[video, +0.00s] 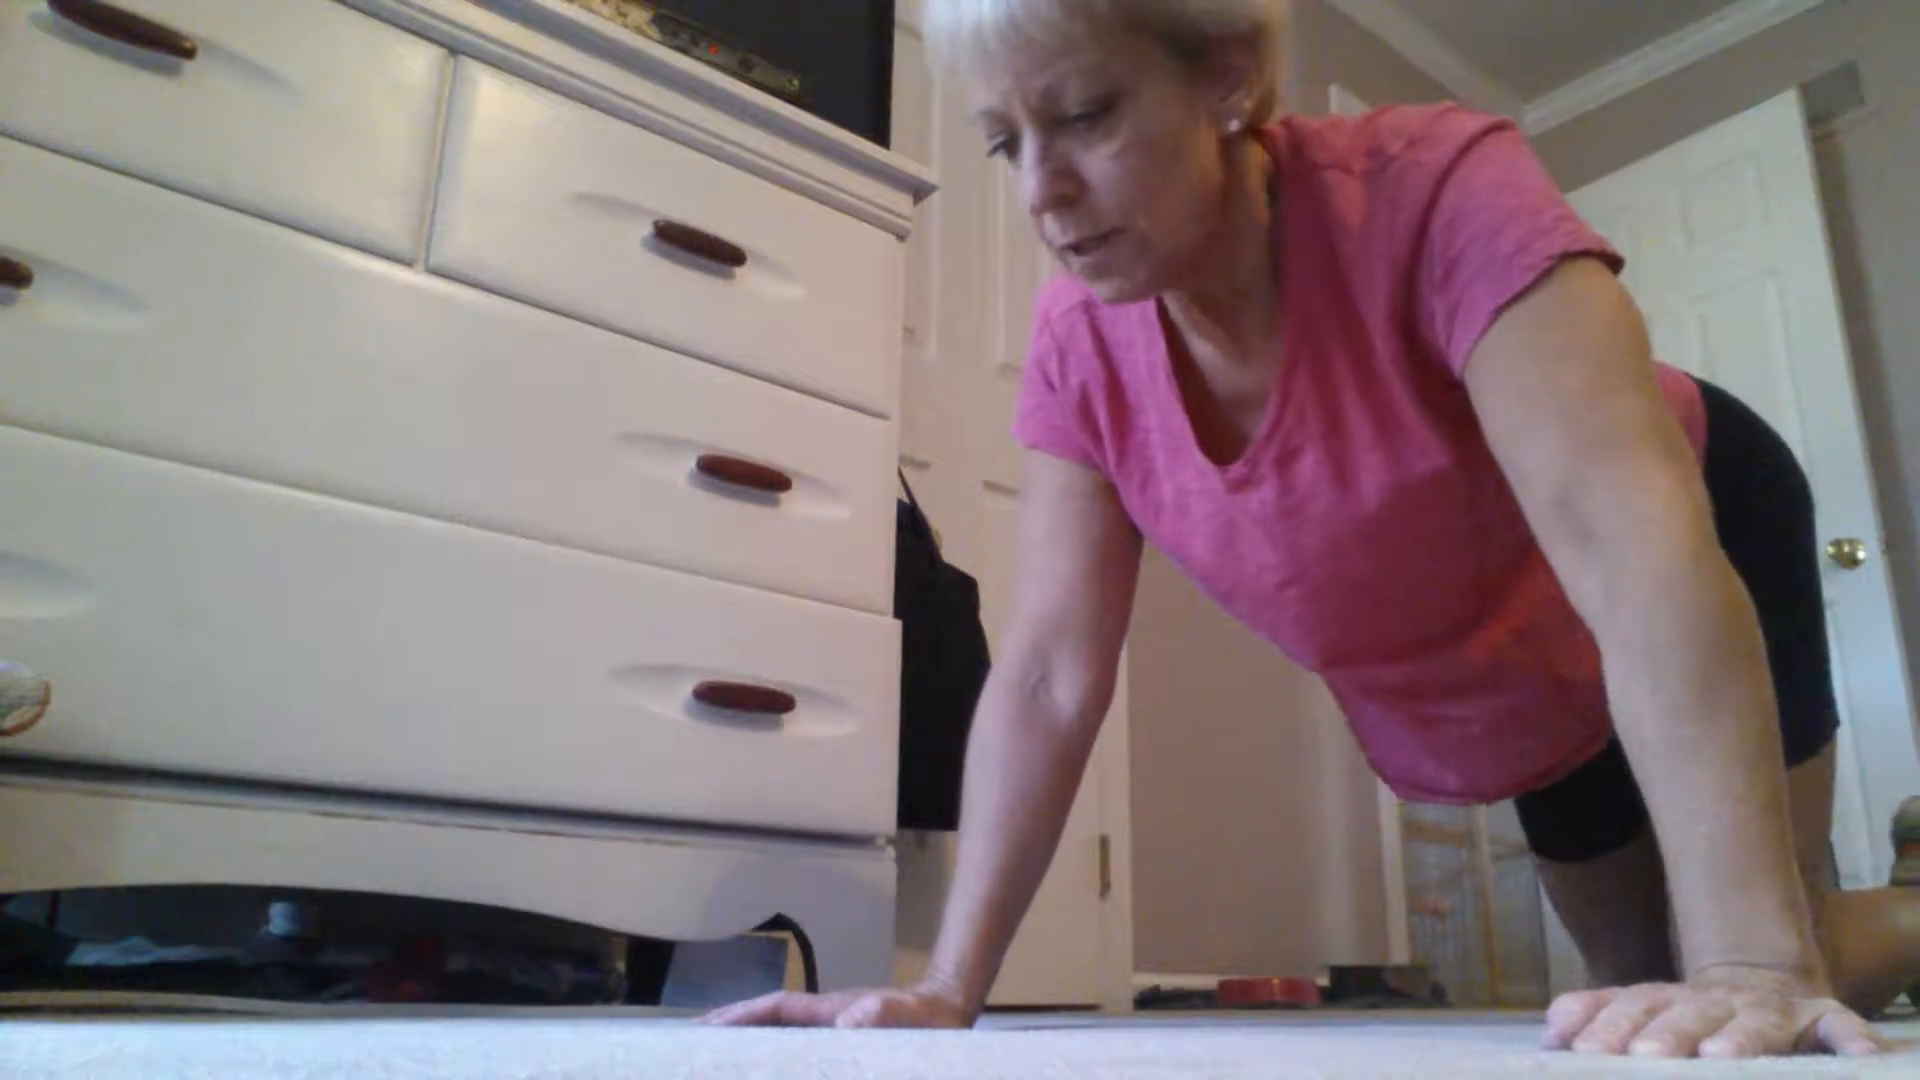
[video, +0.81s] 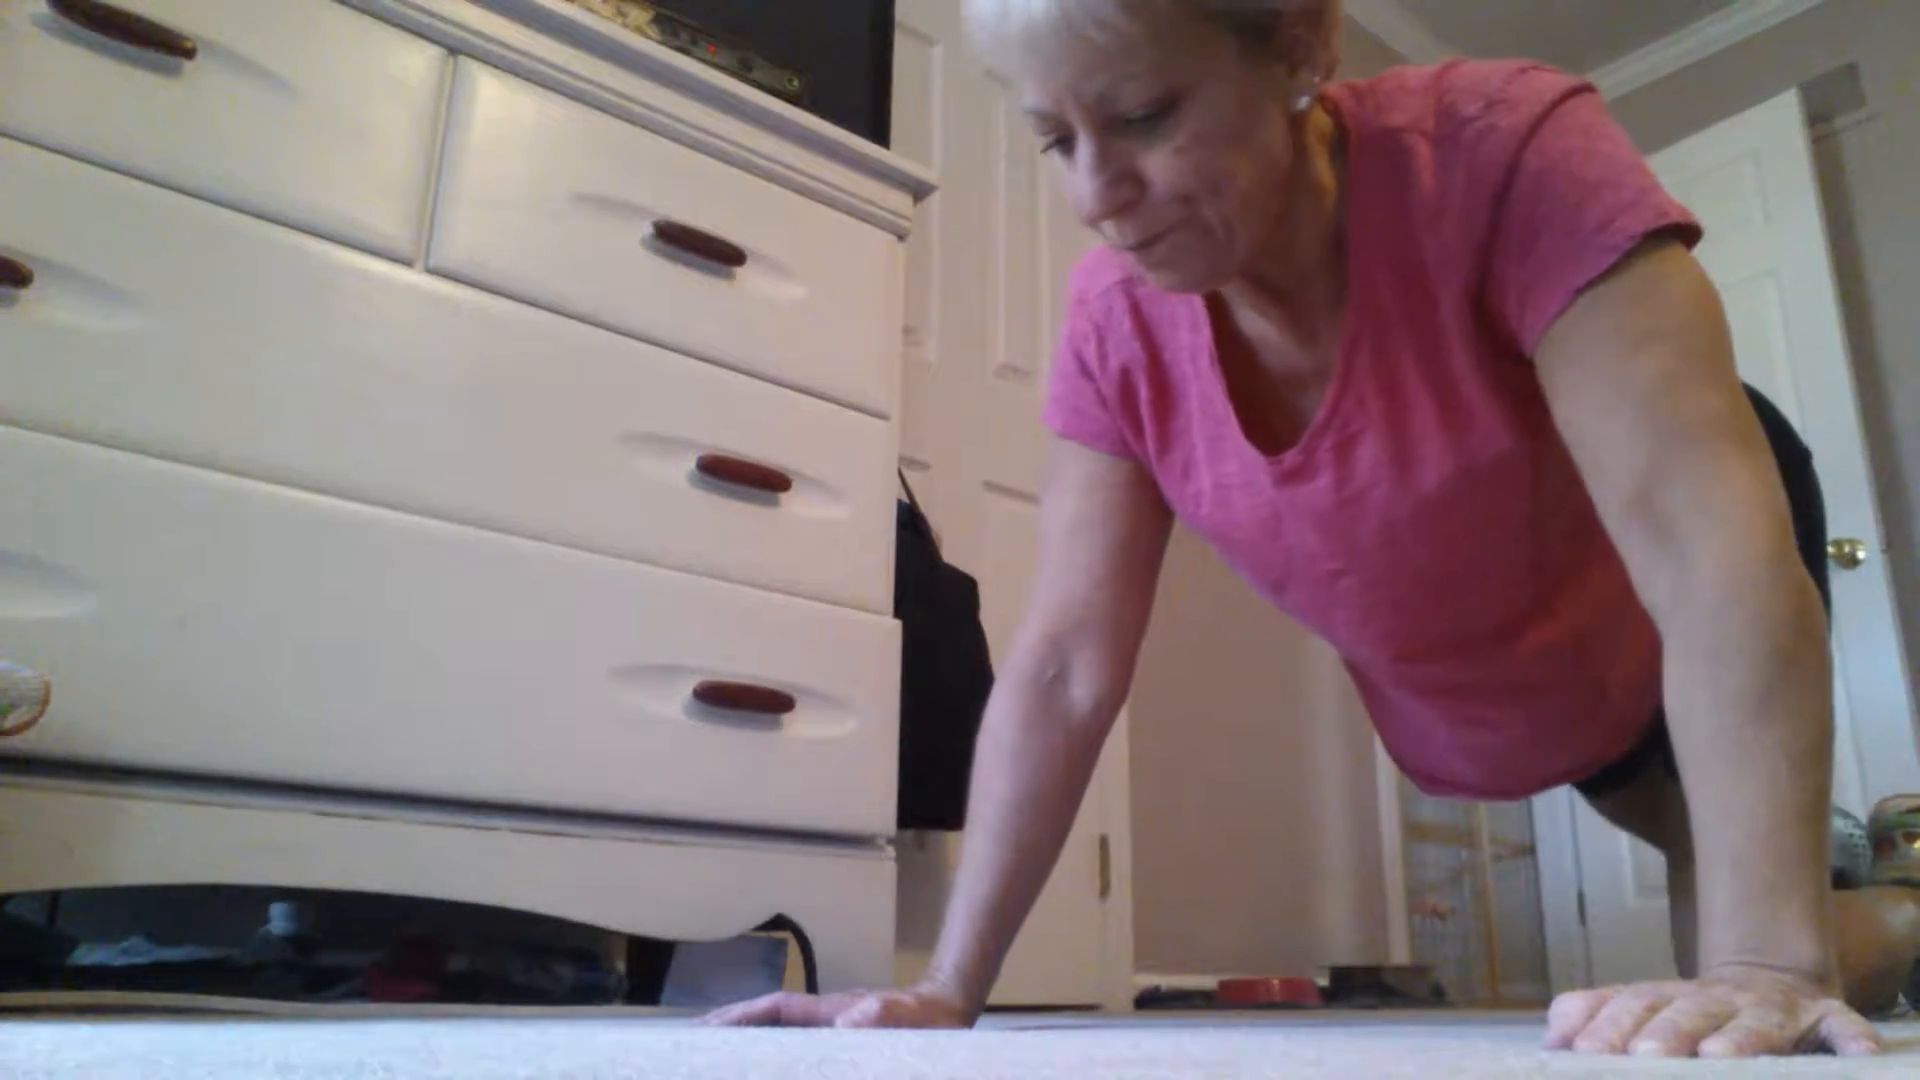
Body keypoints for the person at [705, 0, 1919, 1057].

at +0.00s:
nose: (1044, 193)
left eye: (1084, 121)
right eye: (1009, 142)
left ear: (1237, 80)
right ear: (990, 146)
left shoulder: (1444, 192)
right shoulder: (1084, 333)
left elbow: (1640, 541)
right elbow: (1045, 675)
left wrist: (1752, 973)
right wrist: (950, 983)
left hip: (1678, 548)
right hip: (1501, 665)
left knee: (1777, 956)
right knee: (1645, 999)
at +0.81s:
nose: (1099, 195)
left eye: (1145, 120)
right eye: (1057, 139)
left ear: (1300, 58)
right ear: (1029, 122)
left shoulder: (1510, 153)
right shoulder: (1120, 317)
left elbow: (1706, 516)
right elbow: (1060, 672)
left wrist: (1767, 966)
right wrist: (950, 983)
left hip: (1694, 583)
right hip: (1529, 694)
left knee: (1784, 920)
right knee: (1691, 843)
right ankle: (1867, 925)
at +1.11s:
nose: (1225, 149)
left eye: (1272, 69)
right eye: (1166, 101)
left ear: (1388, 41)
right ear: (1130, 111)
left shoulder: (1565, 130)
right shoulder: (1161, 311)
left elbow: (1722, 519)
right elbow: (1078, 684)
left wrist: (1769, 965)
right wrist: (953, 981)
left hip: (1723, 568)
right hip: (1553, 665)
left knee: (1776, 916)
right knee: (1703, 837)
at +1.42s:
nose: (1382, 116)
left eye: (1432, 45)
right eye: (1313, 62)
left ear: (1500, 33)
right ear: (1222, 71)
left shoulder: (1625, 131)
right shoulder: (1196, 302)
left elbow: (1736, 518)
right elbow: (1092, 676)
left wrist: (1770, 965)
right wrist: (953, 980)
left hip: (1751, 578)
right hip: (1556, 678)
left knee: (1777, 932)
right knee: (1765, 925)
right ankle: (1876, 922)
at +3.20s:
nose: (1278, 203)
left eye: (1328, 125)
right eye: (1215, 145)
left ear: (1439, 74)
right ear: (1170, 136)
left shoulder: (1574, 175)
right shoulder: (1173, 328)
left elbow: (1717, 534)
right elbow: (1076, 688)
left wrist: (1766, 972)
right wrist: (952, 984)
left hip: (1723, 602)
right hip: (1530, 697)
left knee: (1780, 949)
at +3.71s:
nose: (1195, 302)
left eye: (1232, 248)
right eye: (1152, 261)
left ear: (1343, 162)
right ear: (1111, 228)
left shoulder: (1501, 195)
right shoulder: (1142, 349)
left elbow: (1731, 518)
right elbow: (1080, 678)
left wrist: (1820, 976)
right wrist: (966, 991)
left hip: (1754, 621)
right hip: (1641, 703)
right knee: (1729, 1016)